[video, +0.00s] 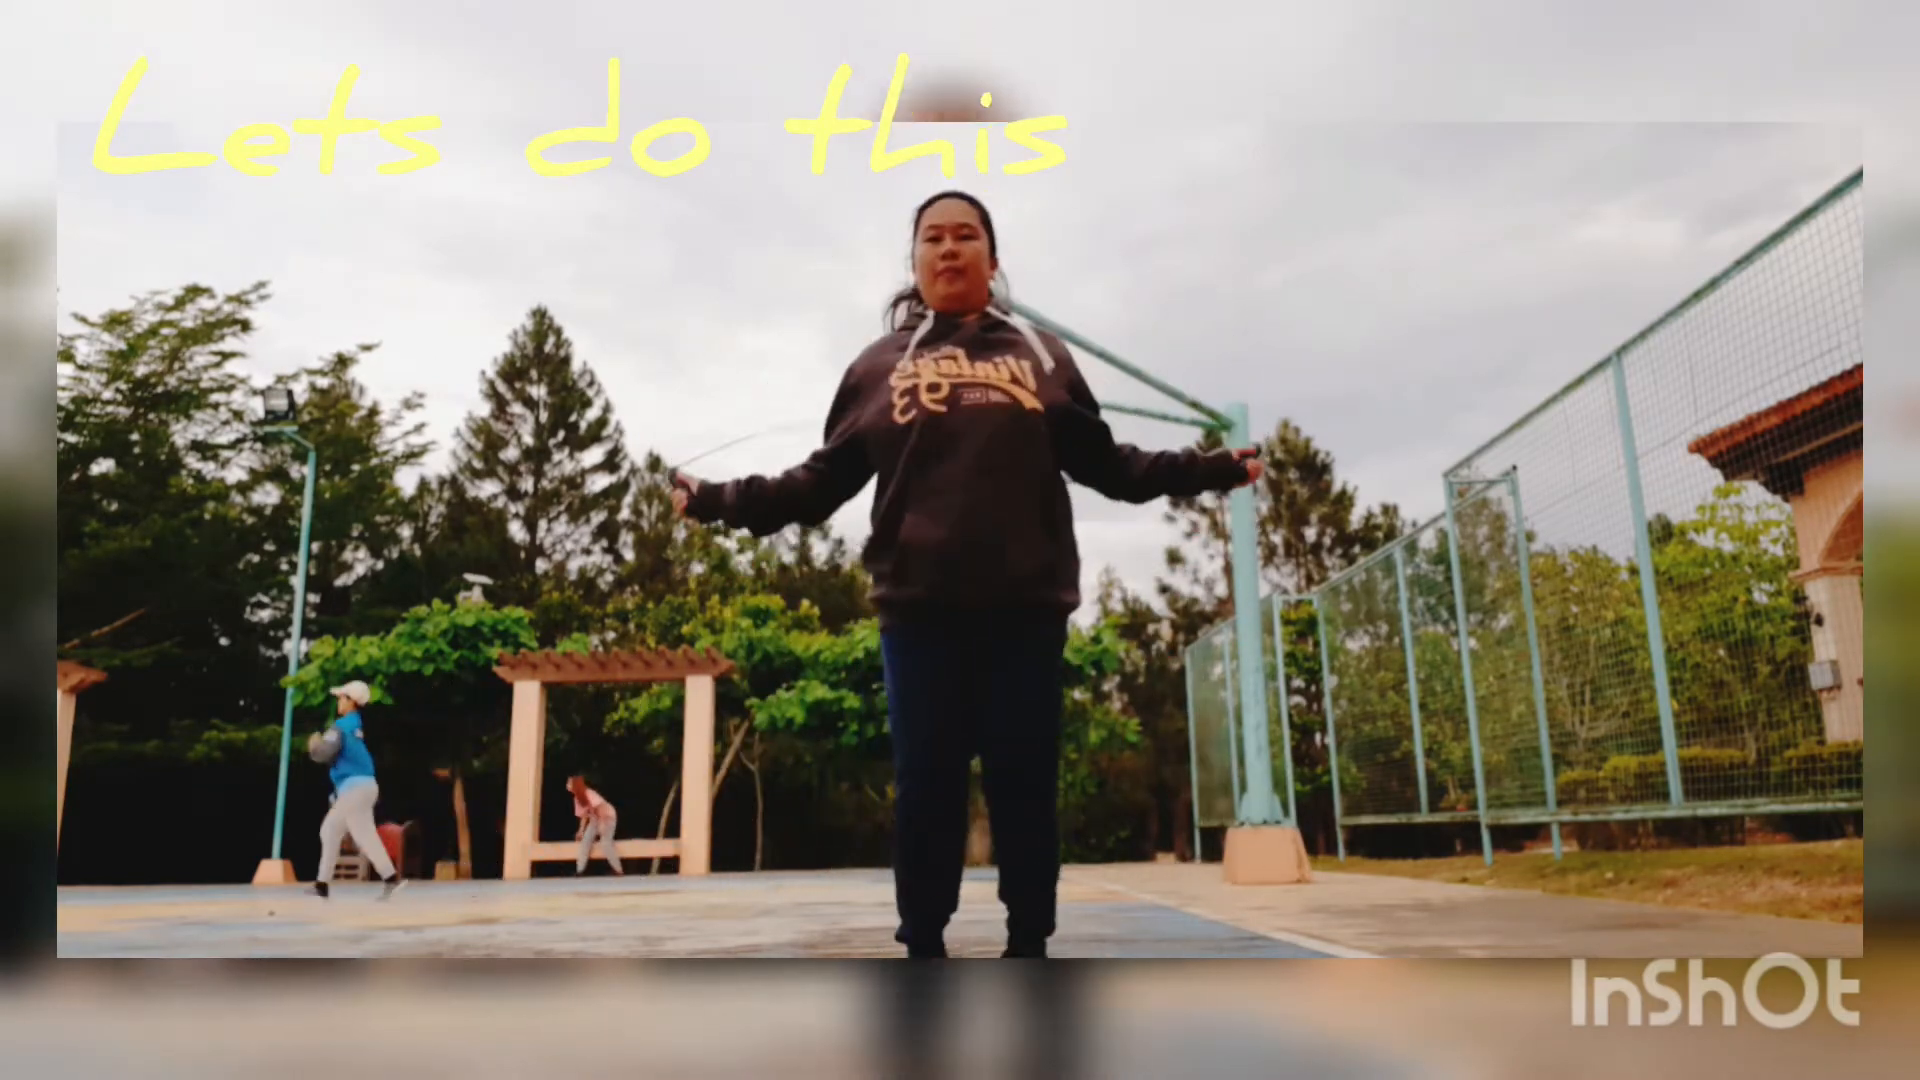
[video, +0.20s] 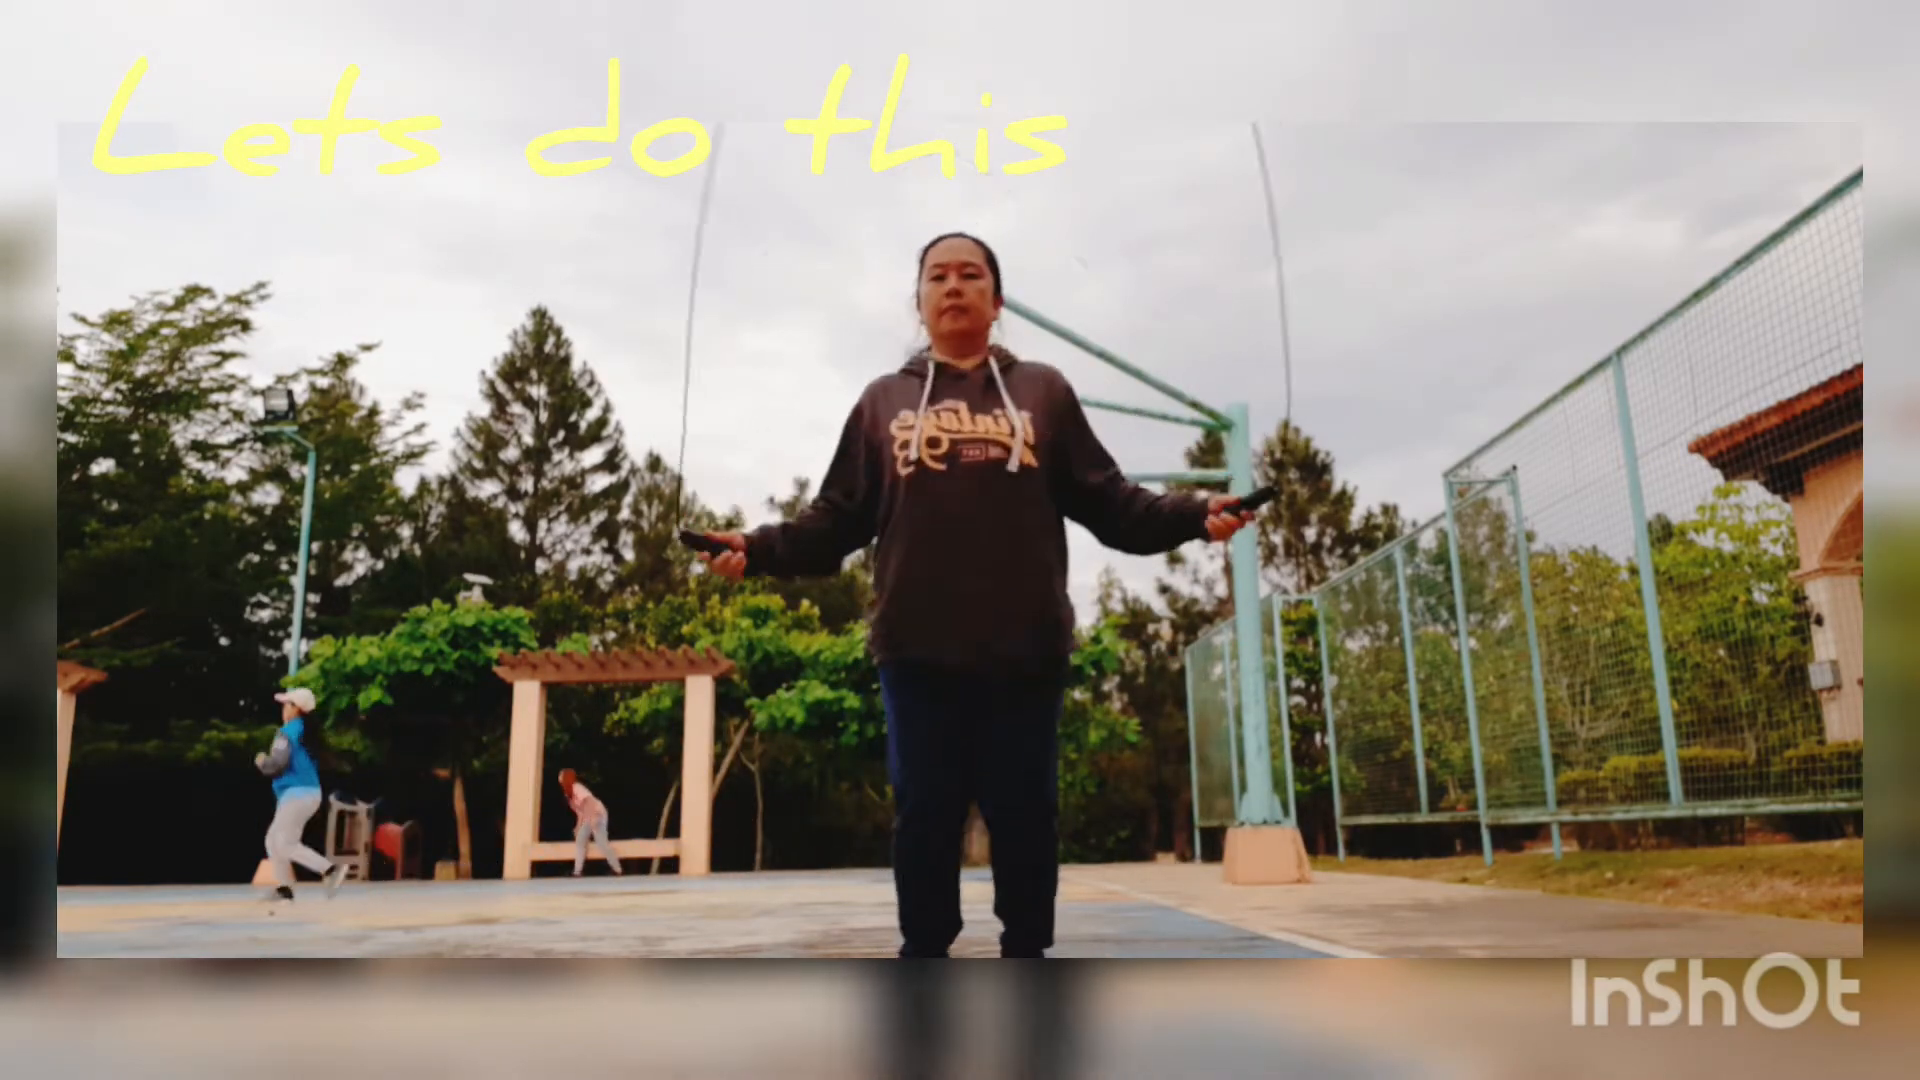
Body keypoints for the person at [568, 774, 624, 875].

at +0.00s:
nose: (569, 787)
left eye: (571, 784)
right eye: (569, 784)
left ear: (578, 785)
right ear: (571, 787)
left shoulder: (588, 795)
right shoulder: (578, 797)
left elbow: (598, 815)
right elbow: (584, 816)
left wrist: (600, 830)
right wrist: (580, 832)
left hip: (607, 815)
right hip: (594, 817)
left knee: (606, 842)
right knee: (586, 841)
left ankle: (618, 869)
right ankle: (580, 869)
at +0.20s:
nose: (561, 784)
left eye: (563, 780)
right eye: (560, 781)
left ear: (569, 780)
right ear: (563, 782)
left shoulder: (577, 788)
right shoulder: (570, 793)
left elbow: (589, 803)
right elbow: (580, 813)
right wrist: (578, 827)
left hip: (598, 814)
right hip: (587, 816)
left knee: (601, 842)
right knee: (580, 840)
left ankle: (617, 868)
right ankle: (577, 870)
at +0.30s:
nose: (554, 776)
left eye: (556, 773)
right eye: (553, 773)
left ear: (562, 773)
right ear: (560, 774)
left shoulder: (570, 784)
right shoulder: (564, 785)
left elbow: (579, 802)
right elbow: (574, 805)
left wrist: (581, 817)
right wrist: (571, 820)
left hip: (586, 814)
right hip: (577, 816)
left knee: (588, 840)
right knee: (574, 841)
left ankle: (610, 862)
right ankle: (576, 870)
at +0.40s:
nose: (551, 774)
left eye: (552, 771)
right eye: (551, 771)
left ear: (558, 771)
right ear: (560, 771)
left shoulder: (566, 781)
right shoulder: (562, 784)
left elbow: (575, 800)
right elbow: (570, 805)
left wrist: (571, 816)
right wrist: (566, 819)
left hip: (582, 813)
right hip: (575, 814)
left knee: (578, 840)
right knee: (571, 841)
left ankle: (599, 863)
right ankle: (575, 870)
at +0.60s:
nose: (546, 770)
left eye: (548, 767)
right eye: (547, 767)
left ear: (552, 768)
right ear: (554, 769)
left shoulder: (559, 779)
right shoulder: (553, 783)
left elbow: (566, 796)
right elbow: (559, 804)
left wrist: (564, 812)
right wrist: (553, 817)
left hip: (568, 810)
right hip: (564, 812)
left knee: (559, 838)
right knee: (566, 839)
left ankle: (559, 869)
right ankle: (575, 869)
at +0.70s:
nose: (541, 770)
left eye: (543, 768)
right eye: (542, 767)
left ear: (546, 768)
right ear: (550, 768)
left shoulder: (553, 779)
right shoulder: (549, 781)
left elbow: (560, 797)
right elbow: (554, 803)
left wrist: (556, 814)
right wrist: (547, 817)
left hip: (561, 813)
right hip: (561, 813)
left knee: (551, 840)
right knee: (565, 841)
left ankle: (544, 869)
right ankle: (574, 868)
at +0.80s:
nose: (537, 770)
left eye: (539, 767)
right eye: (538, 767)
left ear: (542, 768)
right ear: (548, 768)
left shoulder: (547, 780)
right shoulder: (546, 781)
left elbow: (552, 797)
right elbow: (542, 799)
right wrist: (543, 817)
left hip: (554, 814)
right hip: (558, 813)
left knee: (545, 840)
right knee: (561, 841)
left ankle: (538, 870)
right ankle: (574, 868)